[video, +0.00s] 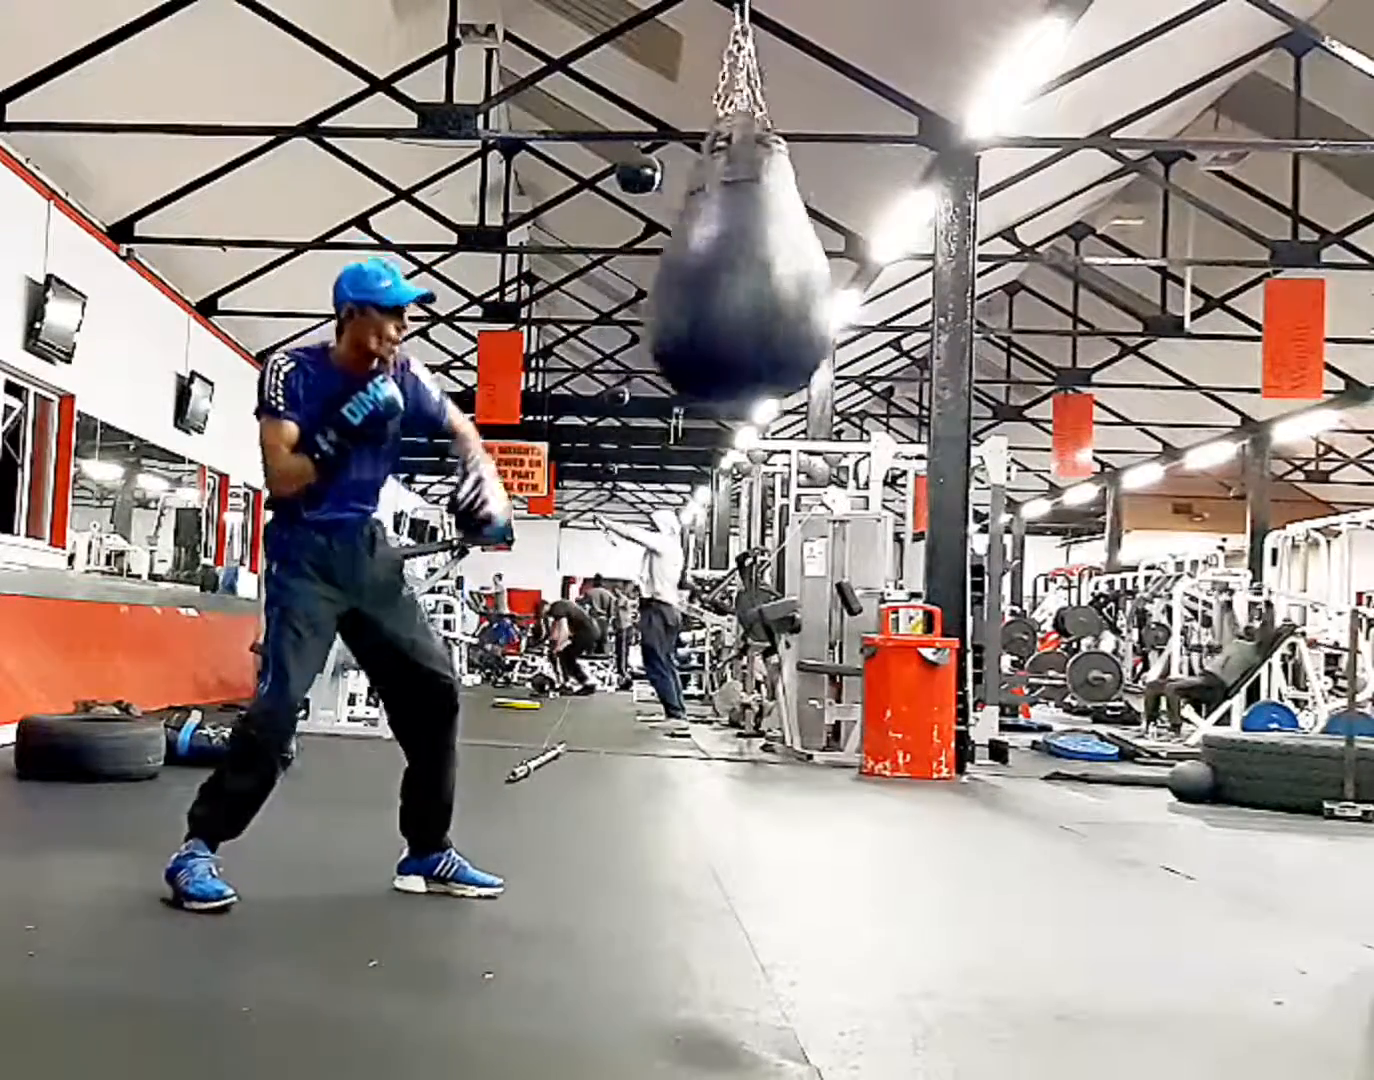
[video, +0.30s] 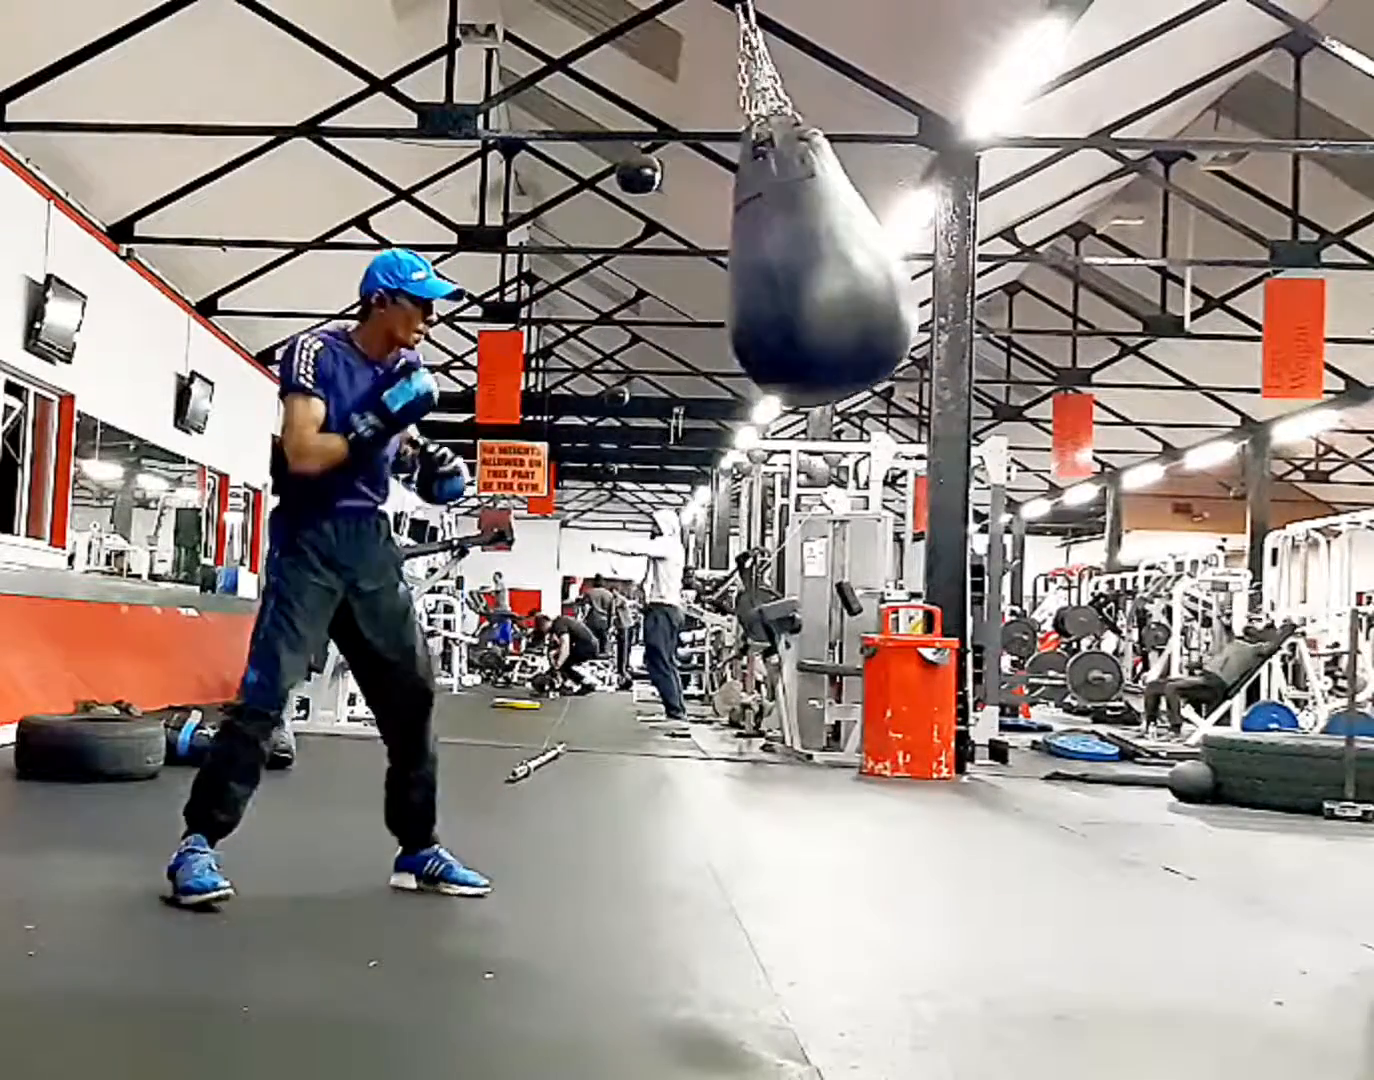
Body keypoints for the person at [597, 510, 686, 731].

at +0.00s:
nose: (653, 528)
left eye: (655, 524)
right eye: (654, 524)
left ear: (663, 525)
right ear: (673, 526)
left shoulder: (665, 543)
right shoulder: (674, 547)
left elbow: (634, 535)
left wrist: (608, 525)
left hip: (657, 606)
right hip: (669, 606)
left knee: (655, 662)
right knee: (665, 660)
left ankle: (674, 713)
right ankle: (677, 709)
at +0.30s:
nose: (652, 529)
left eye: (655, 525)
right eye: (653, 525)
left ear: (663, 526)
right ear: (671, 526)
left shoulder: (667, 545)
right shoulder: (674, 546)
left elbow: (634, 549)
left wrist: (603, 548)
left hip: (662, 609)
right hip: (668, 608)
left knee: (657, 661)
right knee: (666, 660)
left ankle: (675, 710)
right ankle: (677, 708)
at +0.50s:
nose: (649, 529)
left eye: (653, 524)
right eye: (650, 524)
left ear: (662, 527)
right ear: (667, 526)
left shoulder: (666, 548)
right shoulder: (672, 547)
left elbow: (640, 568)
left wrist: (612, 576)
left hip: (664, 610)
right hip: (670, 608)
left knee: (662, 662)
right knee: (664, 661)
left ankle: (675, 710)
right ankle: (676, 708)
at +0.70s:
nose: (643, 528)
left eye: (647, 524)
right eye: (645, 523)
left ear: (657, 527)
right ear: (662, 527)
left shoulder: (663, 550)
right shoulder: (663, 548)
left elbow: (651, 580)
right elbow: (651, 580)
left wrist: (632, 599)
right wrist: (636, 597)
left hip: (667, 611)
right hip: (666, 610)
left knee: (662, 662)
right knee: (665, 661)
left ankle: (676, 711)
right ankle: (675, 708)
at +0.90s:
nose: (638, 528)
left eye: (642, 524)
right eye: (640, 524)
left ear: (651, 526)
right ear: (657, 526)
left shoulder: (660, 549)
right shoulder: (659, 547)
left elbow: (662, 584)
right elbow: (651, 581)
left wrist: (654, 613)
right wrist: (638, 594)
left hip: (667, 610)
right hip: (672, 609)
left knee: (664, 662)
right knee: (669, 661)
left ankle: (676, 711)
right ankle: (677, 709)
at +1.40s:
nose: (638, 529)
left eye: (642, 524)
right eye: (640, 524)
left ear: (652, 527)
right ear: (655, 527)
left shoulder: (664, 550)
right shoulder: (654, 550)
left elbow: (682, 584)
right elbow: (651, 581)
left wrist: (687, 617)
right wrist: (637, 593)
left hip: (667, 613)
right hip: (661, 612)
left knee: (664, 666)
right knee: (667, 665)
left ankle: (676, 711)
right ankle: (676, 709)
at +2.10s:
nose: (624, 535)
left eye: (628, 530)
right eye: (625, 530)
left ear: (638, 532)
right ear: (642, 533)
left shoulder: (653, 557)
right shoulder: (644, 557)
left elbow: (670, 594)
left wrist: (670, 627)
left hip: (669, 618)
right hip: (661, 618)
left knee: (664, 668)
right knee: (672, 667)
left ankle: (675, 712)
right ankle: (677, 710)